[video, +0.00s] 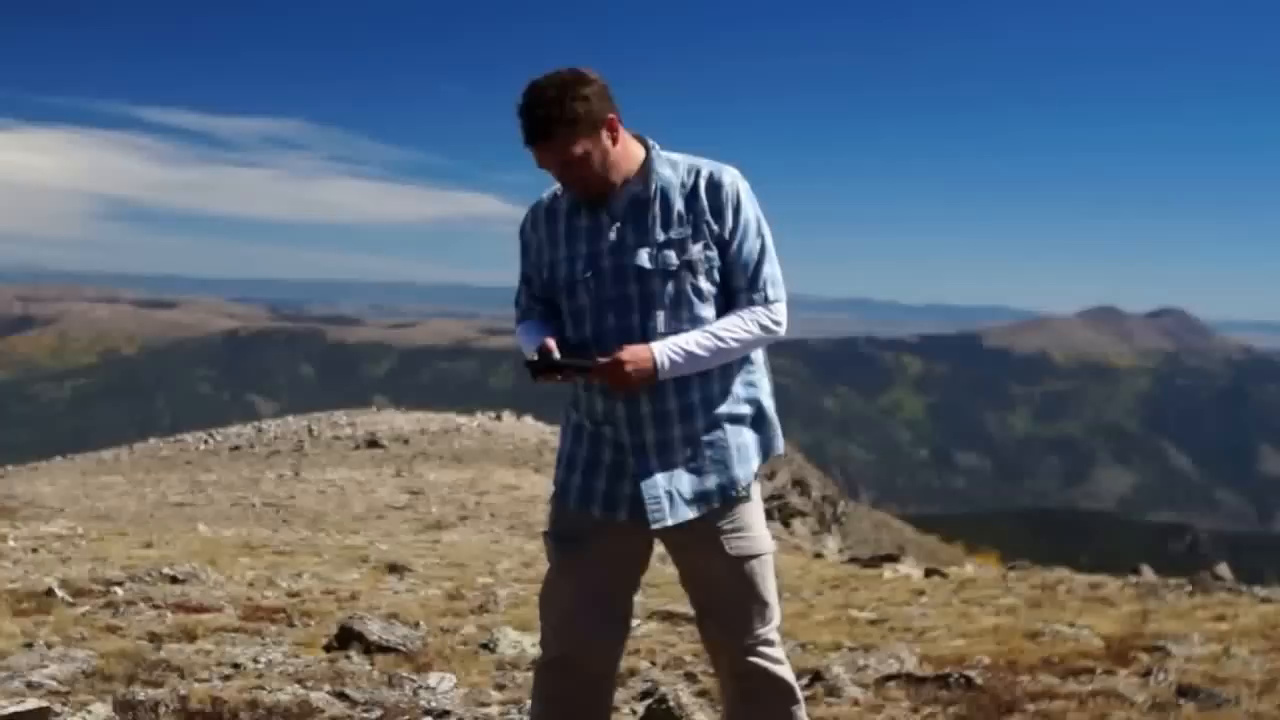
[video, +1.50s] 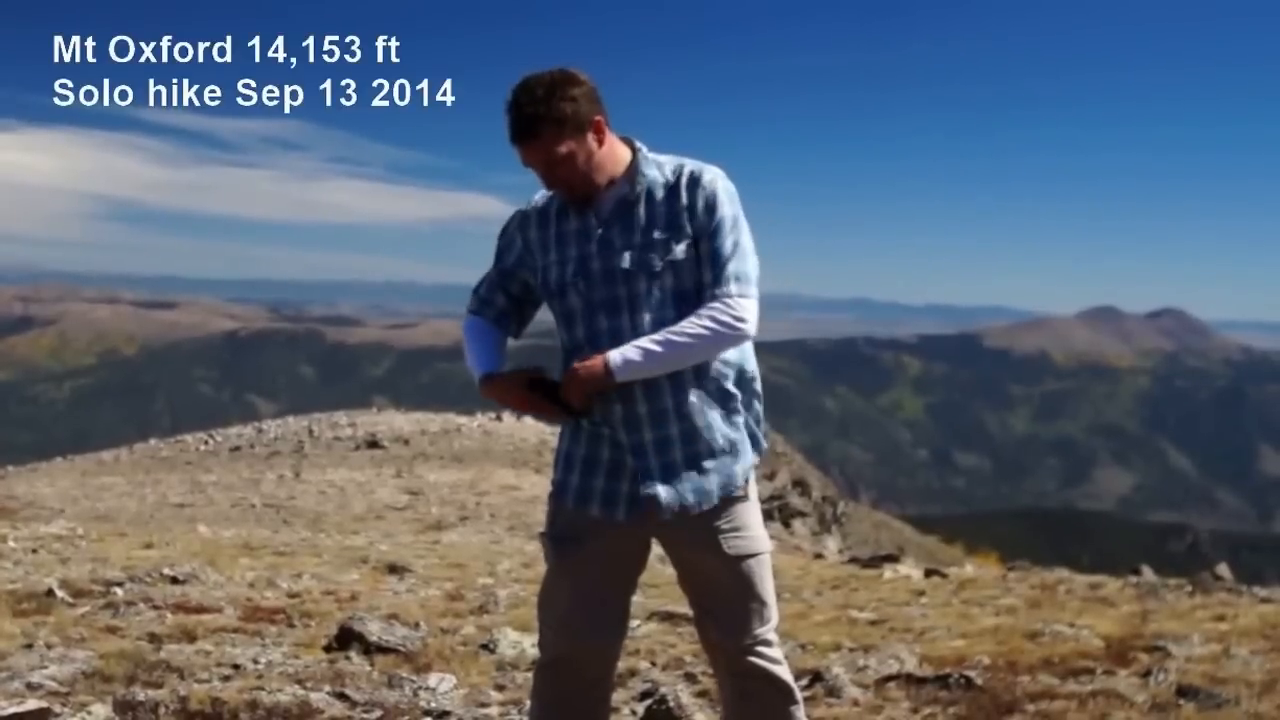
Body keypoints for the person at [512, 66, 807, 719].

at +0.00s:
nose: (567, 183)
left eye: (576, 163)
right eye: (553, 170)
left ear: (612, 130)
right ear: (538, 157)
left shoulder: (714, 191)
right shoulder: (546, 224)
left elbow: (767, 314)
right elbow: (533, 317)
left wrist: (661, 357)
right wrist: (543, 349)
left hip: (710, 467)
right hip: (597, 471)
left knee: (753, 664)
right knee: (571, 665)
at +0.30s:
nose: (567, 183)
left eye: (576, 163)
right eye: (553, 170)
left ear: (612, 131)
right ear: (538, 156)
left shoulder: (715, 191)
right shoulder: (546, 223)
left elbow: (768, 313)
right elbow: (532, 316)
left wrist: (662, 357)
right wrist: (542, 347)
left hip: (710, 465)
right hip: (597, 468)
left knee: (754, 664)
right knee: (572, 665)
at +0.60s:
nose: (567, 183)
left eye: (576, 163)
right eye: (553, 170)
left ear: (613, 130)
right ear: (538, 156)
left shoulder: (715, 192)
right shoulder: (546, 223)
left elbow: (768, 313)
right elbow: (532, 316)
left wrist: (662, 357)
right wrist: (542, 348)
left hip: (712, 470)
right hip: (598, 474)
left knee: (755, 667)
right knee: (571, 668)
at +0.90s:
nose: (567, 182)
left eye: (576, 162)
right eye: (553, 169)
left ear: (612, 130)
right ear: (538, 155)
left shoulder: (714, 190)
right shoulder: (545, 223)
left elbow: (768, 312)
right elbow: (531, 315)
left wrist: (661, 355)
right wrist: (541, 348)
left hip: (711, 466)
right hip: (597, 470)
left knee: (754, 664)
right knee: (571, 666)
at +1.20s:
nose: (566, 179)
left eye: (574, 160)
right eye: (552, 166)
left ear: (611, 129)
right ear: (538, 154)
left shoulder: (714, 191)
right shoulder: (545, 224)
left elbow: (766, 313)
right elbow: (520, 314)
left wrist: (658, 356)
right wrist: (525, 357)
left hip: (711, 463)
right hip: (598, 466)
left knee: (753, 661)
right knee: (572, 663)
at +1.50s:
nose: (550, 180)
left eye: (558, 161)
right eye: (537, 168)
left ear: (597, 133)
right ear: (526, 158)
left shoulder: (699, 191)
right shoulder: (534, 231)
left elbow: (734, 315)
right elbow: (486, 316)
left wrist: (611, 365)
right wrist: (493, 378)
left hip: (705, 463)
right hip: (595, 468)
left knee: (751, 663)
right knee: (569, 668)